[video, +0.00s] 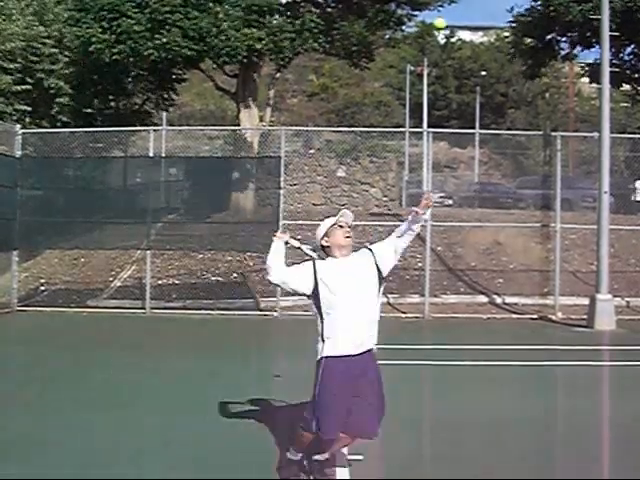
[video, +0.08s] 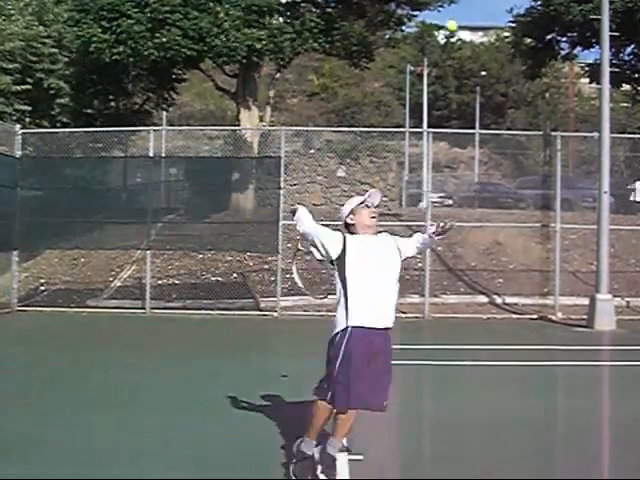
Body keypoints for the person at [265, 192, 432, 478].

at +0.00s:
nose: (348, 230)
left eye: (348, 227)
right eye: (340, 227)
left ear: (350, 236)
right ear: (326, 240)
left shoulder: (371, 258)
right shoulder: (316, 270)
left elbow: (400, 237)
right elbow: (276, 274)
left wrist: (420, 211)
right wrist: (279, 242)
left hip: (365, 354)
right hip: (333, 357)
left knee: (362, 425)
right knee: (326, 428)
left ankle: (320, 459)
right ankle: (295, 453)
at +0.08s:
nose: (373, 212)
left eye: (372, 208)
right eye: (365, 209)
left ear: (373, 216)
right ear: (351, 219)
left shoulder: (392, 244)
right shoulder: (343, 243)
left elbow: (415, 243)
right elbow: (313, 231)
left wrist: (431, 235)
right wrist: (301, 212)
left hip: (380, 332)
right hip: (351, 329)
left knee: (356, 395)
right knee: (332, 391)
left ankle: (336, 446)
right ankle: (307, 444)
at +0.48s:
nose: (483, 249)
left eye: (482, 244)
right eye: (480, 244)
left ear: (457, 247)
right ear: (470, 247)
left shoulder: (434, 268)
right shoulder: (480, 270)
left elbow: (416, 310)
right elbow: (485, 315)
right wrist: (477, 350)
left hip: (425, 342)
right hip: (440, 347)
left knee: (456, 411)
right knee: (420, 411)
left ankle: (441, 467)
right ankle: (350, 422)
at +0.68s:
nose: (526, 254)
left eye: (525, 249)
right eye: (523, 250)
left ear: (496, 250)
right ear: (514, 252)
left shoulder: (468, 270)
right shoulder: (521, 276)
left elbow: (444, 300)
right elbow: (520, 322)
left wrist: (448, 329)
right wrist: (494, 342)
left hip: (448, 339)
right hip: (475, 343)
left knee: (461, 410)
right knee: (490, 412)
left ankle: (442, 462)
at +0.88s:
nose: (553, 246)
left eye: (552, 241)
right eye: (551, 242)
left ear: (523, 242)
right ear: (543, 244)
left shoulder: (497, 265)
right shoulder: (553, 269)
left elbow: (478, 301)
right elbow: (561, 315)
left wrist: (488, 331)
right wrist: (540, 338)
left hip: (492, 344)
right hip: (523, 346)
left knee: (496, 403)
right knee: (543, 411)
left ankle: (459, 449)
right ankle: (558, 469)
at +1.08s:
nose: (562, 239)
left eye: (561, 235)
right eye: (561, 236)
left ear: (534, 239)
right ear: (556, 239)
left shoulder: (520, 267)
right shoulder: (565, 264)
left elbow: (516, 304)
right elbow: (583, 305)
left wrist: (535, 322)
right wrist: (578, 333)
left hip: (519, 345)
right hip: (548, 344)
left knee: (534, 395)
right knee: (570, 406)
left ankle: (500, 438)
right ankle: (560, 469)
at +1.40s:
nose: (565, 232)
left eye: (564, 227)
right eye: (563, 228)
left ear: (540, 231)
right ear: (556, 232)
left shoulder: (534, 256)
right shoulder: (551, 258)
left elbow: (543, 303)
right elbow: (561, 299)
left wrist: (570, 333)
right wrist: (582, 332)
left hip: (529, 337)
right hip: (543, 339)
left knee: (550, 392)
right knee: (561, 396)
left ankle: (527, 442)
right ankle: (561, 465)